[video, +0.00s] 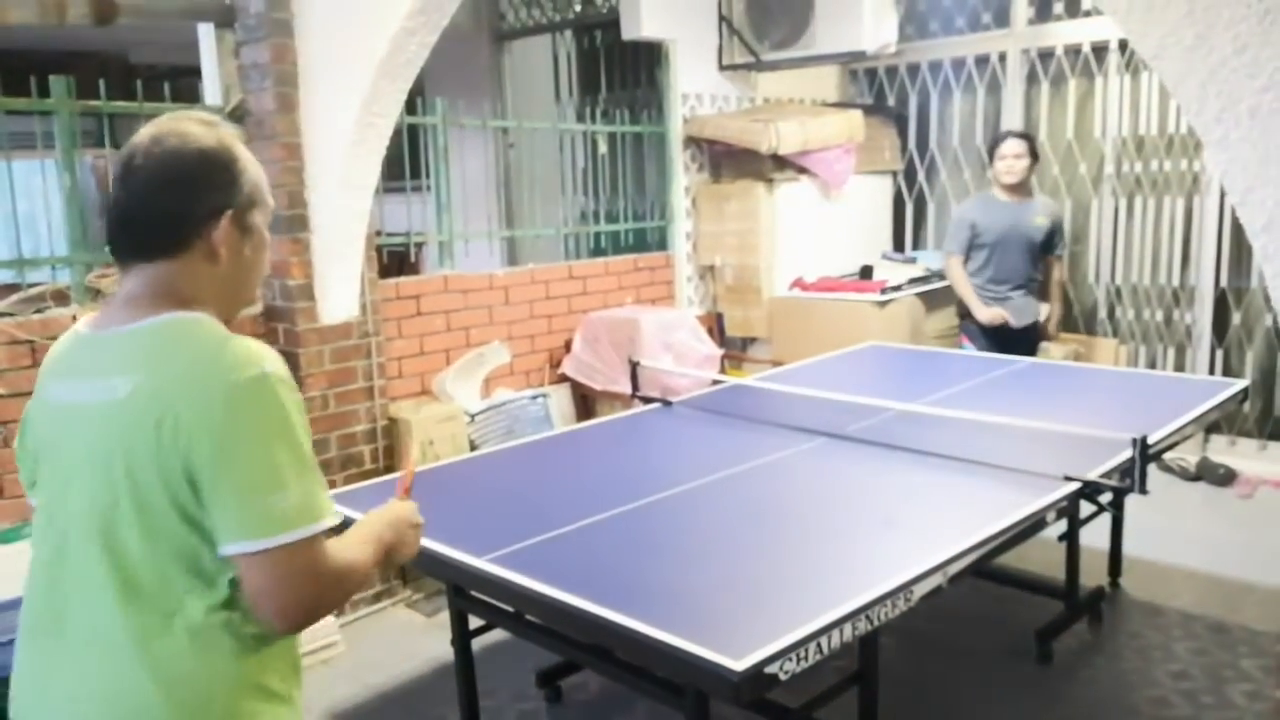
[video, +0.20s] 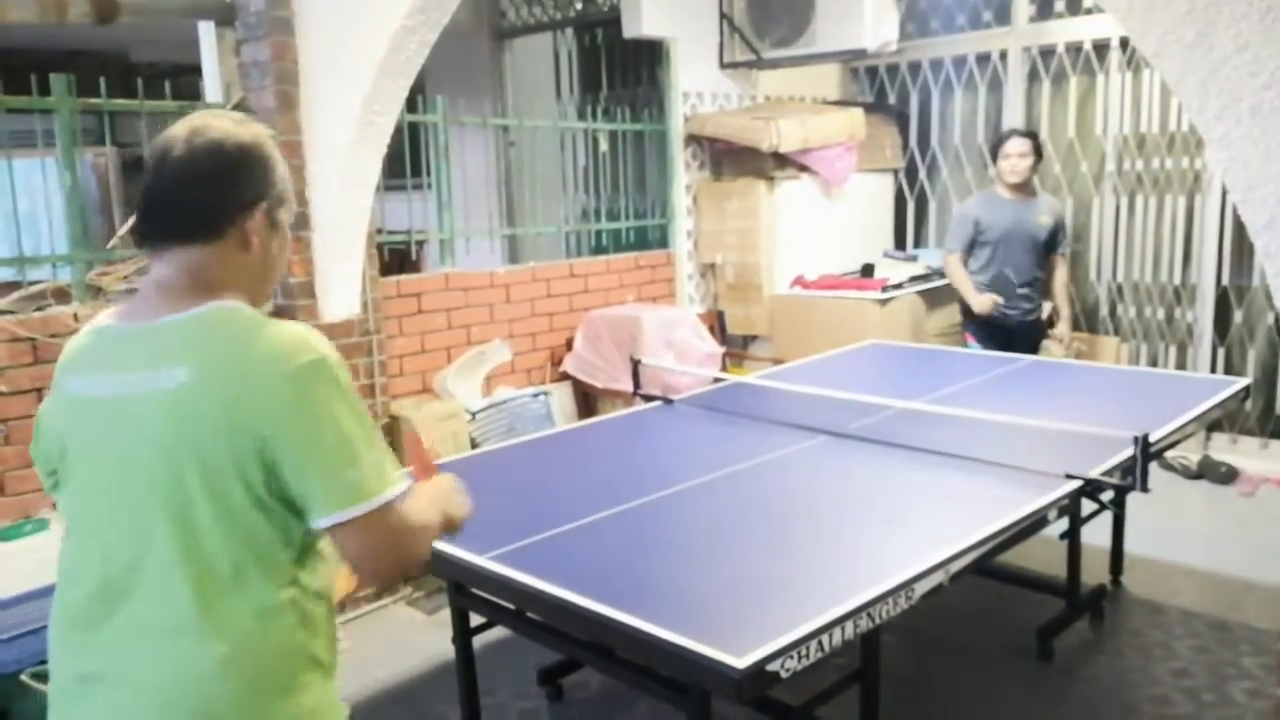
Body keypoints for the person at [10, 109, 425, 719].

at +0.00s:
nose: (271, 251)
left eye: (271, 229)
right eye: (266, 228)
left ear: (133, 229)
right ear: (223, 234)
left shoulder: (66, 357)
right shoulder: (235, 371)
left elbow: (41, 490)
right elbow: (286, 597)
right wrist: (379, 537)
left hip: (49, 695)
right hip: (200, 702)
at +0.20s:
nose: (290, 254)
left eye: (293, 231)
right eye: (288, 229)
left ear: (154, 227)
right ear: (253, 227)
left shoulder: (80, 357)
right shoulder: (282, 356)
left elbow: (68, 495)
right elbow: (385, 558)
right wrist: (435, 502)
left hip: (85, 697)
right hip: (253, 701)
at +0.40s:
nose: (322, 250)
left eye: (323, 230)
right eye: (323, 228)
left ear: (192, 224)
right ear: (303, 226)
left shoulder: (103, 344)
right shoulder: (334, 350)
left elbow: (85, 477)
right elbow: (421, 553)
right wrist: (451, 533)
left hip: (107, 696)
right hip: (282, 698)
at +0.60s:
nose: (341, 248)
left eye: (343, 231)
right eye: (344, 229)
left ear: (219, 219)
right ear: (327, 227)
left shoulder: (108, 344)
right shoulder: (358, 348)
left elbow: (68, 523)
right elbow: (454, 537)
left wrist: (173, 507)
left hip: (118, 697)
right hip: (294, 696)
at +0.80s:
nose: (344, 238)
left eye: (346, 218)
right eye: (345, 218)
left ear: (218, 216)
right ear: (321, 223)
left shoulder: (109, 344)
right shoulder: (370, 348)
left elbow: (48, 529)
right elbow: (505, 476)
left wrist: (149, 564)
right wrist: (514, 415)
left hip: (111, 699)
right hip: (288, 698)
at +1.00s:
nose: (315, 223)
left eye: (313, 204)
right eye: (311, 206)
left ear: (183, 215)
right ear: (287, 223)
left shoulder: (83, 346)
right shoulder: (345, 353)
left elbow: (23, 533)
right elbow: (449, 501)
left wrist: (99, 603)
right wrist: (448, 425)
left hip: (101, 697)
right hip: (276, 697)